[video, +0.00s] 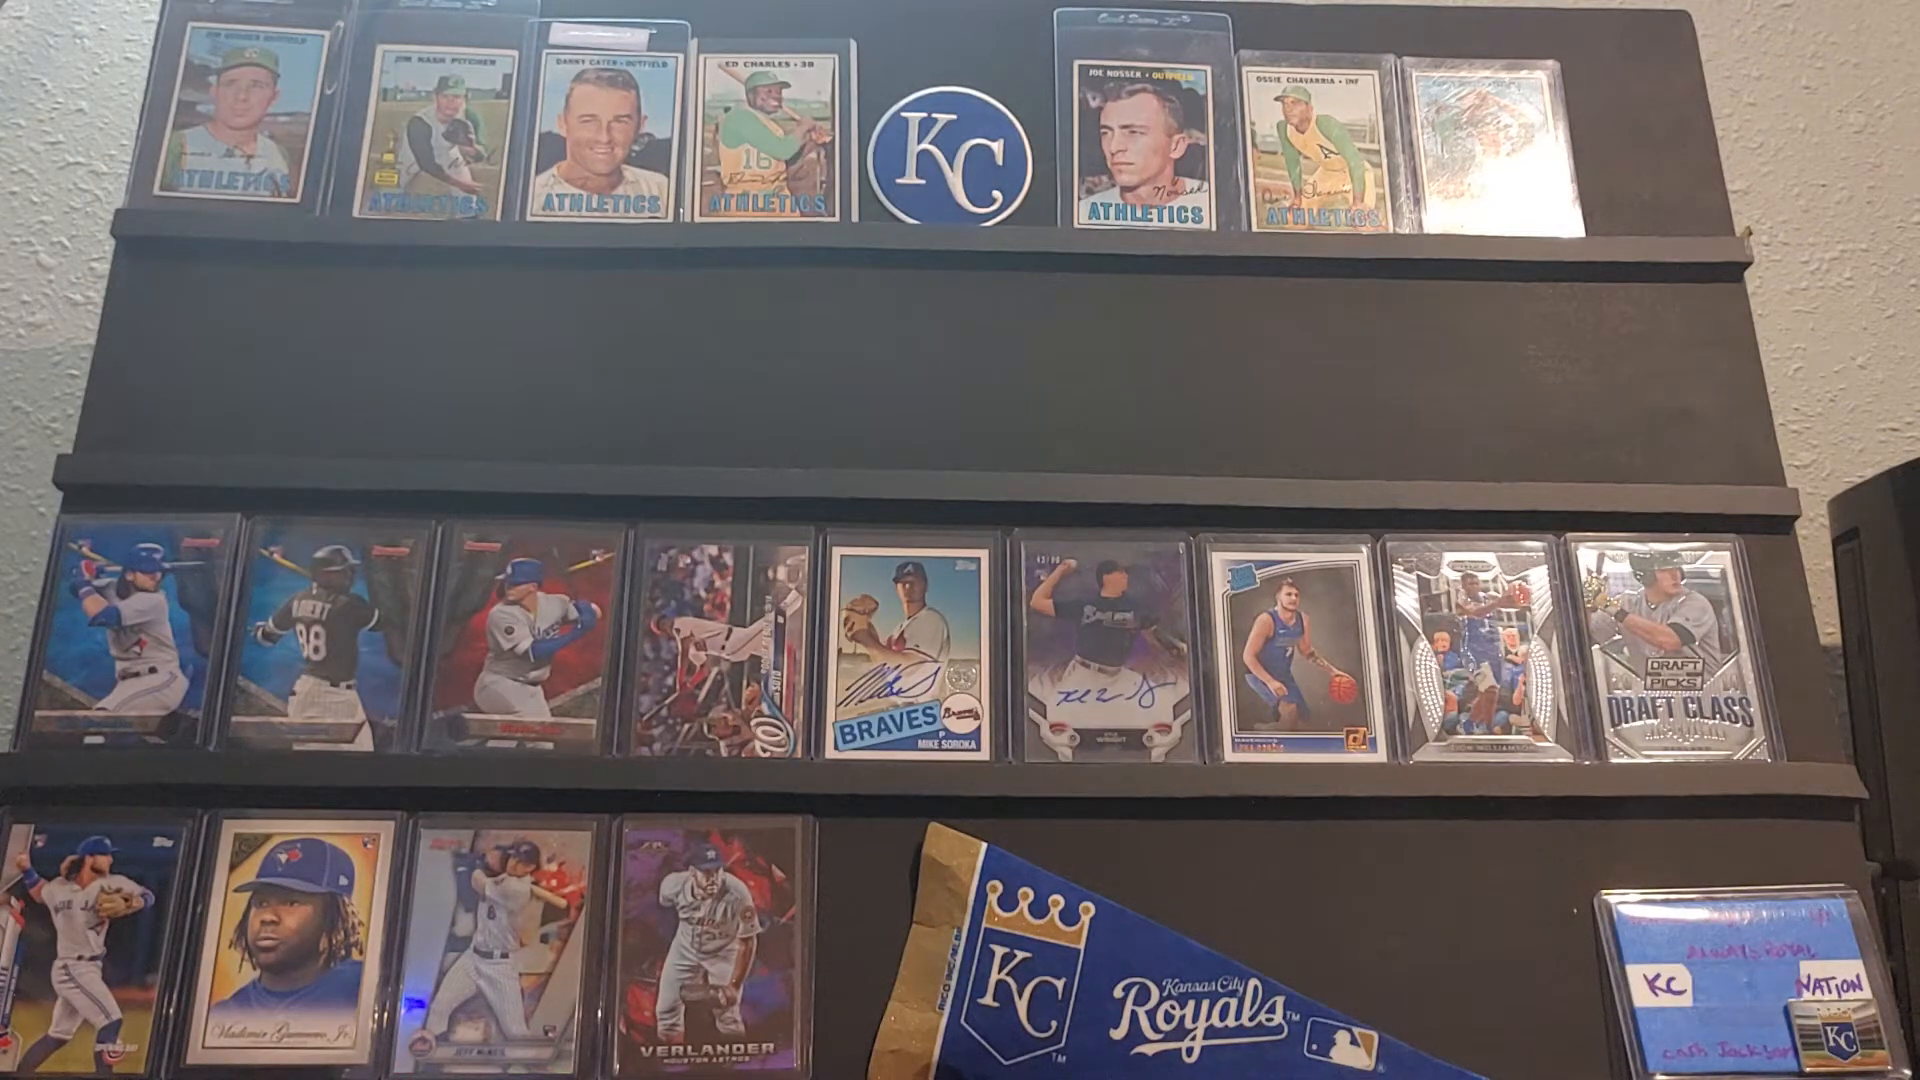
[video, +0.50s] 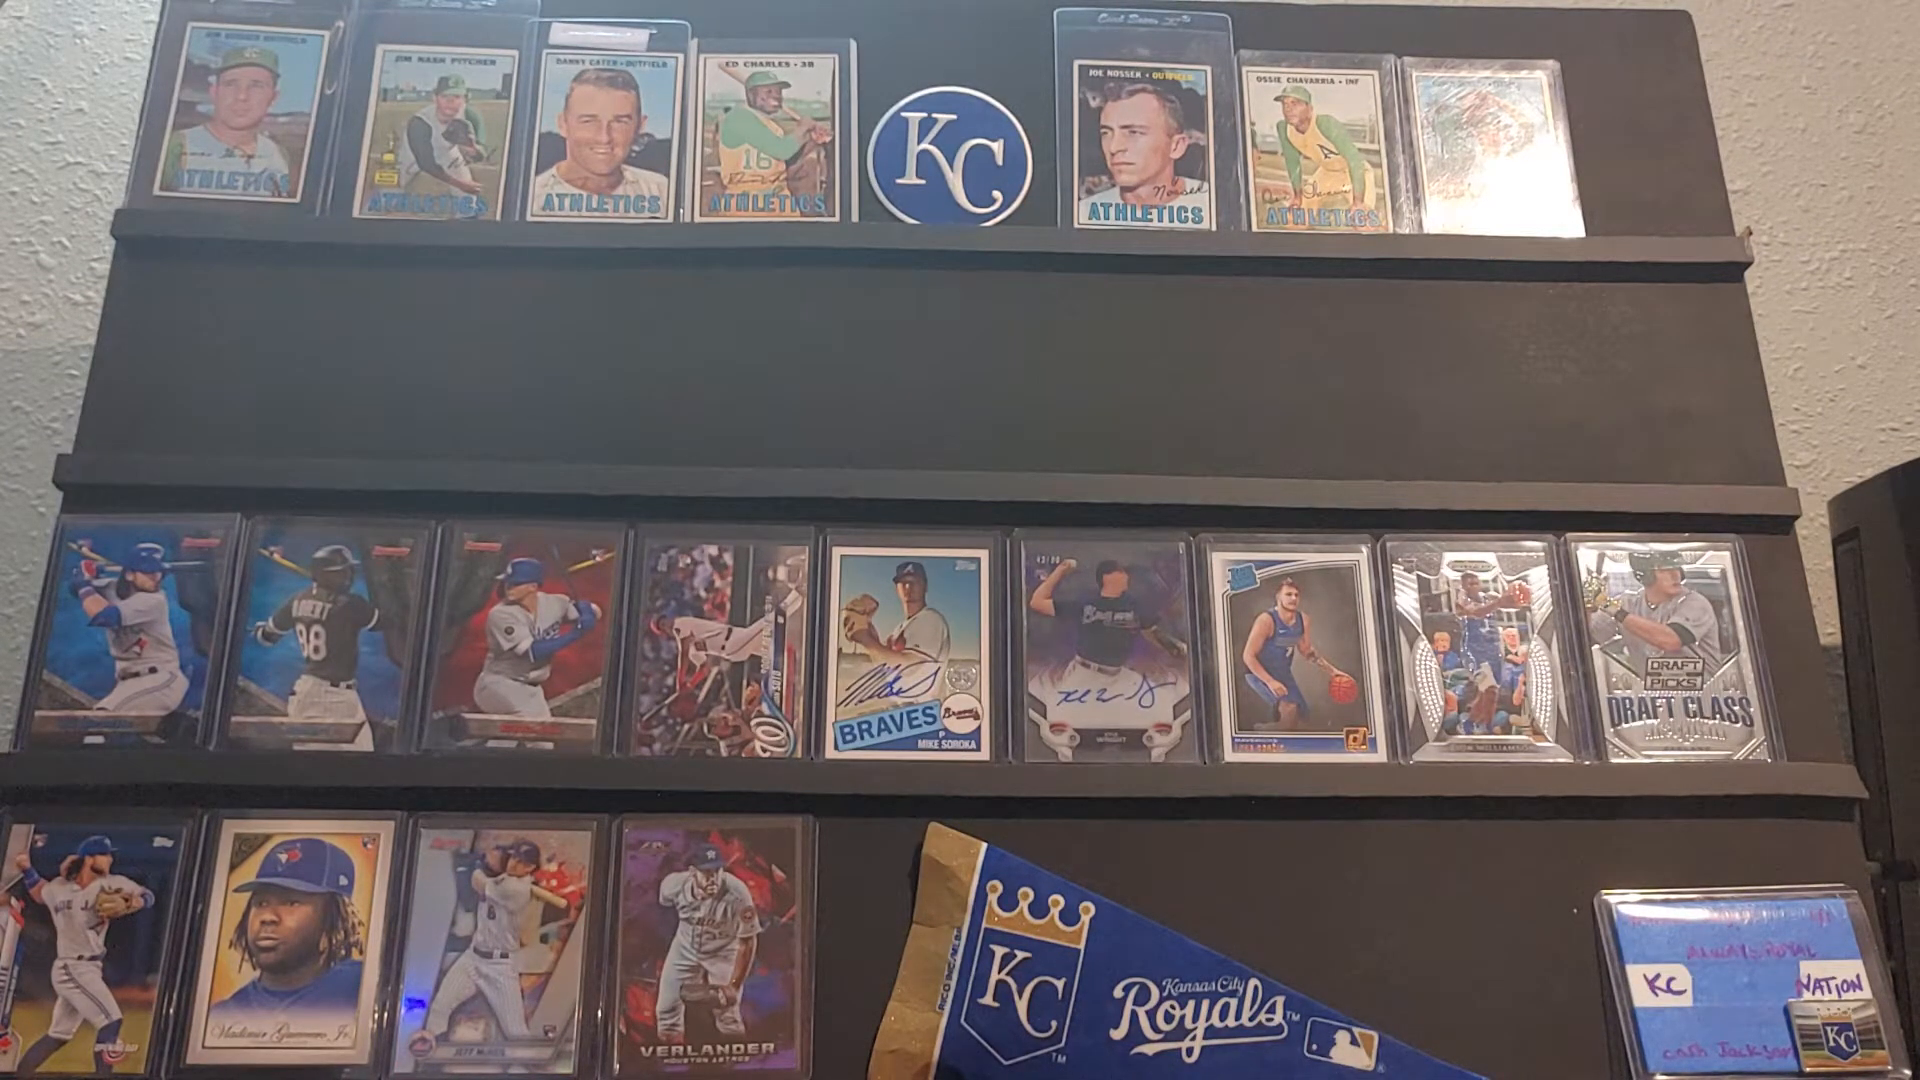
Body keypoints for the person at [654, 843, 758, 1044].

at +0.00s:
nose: (712, 878)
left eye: (716, 871)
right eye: (705, 872)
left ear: (722, 869)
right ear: (691, 870)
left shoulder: (738, 893)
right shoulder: (673, 885)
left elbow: (748, 941)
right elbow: (666, 914)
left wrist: (735, 985)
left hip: (724, 953)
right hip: (684, 947)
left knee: (727, 1015)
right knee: (666, 1009)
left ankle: (739, 1068)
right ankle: (673, 1071)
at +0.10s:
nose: (712, 878)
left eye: (716, 871)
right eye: (705, 872)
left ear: (722, 869)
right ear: (691, 870)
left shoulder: (738, 893)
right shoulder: (673, 885)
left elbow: (748, 941)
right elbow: (666, 914)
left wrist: (735, 985)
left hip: (724, 953)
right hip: (684, 947)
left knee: (727, 1015)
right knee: (666, 1009)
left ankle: (740, 1068)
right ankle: (673, 1071)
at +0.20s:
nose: (711, 879)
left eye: (716, 872)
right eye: (705, 873)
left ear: (722, 870)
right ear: (692, 871)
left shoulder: (738, 894)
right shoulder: (673, 885)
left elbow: (748, 942)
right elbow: (667, 910)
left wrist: (735, 985)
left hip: (724, 954)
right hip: (684, 947)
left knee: (727, 1015)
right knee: (666, 1009)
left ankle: (740, 1068)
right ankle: (673, 1071)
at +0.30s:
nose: (711, 878)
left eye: (716, 871)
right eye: (705, 872)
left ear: (722, 869)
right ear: (692, 871)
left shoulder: (738, 893)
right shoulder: (673, 885)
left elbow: (748, 942)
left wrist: (734, 985)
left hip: (724, 953)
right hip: (684, 947)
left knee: (727, 1015)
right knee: (666, 1010)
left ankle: (740, 1068)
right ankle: (674, 1071)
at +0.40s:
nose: (711, 878)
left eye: (715, 871)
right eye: (705, 872)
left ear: (721, 869)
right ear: (692, 871)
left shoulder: (738, 893)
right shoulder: (673, 885)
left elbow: (748, 942)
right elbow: (667, 910)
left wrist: (735, 985)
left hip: (724, 953)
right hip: (684, 947)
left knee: (727, 1014)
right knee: (666, 1009)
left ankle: (740, 1068)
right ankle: (673, 1069)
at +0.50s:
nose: (711, 878)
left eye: (715, 871)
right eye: (705, 872)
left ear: (721, 869)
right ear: (692, 871)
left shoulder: (738, 893)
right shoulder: (673, 885)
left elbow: (748, 942)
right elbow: (667, 910)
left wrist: (735, 985)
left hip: (724, 953)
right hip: (684, 947)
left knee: (727, 1014)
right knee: (666, 1008)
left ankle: (740, 1068)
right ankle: (673, 1069)